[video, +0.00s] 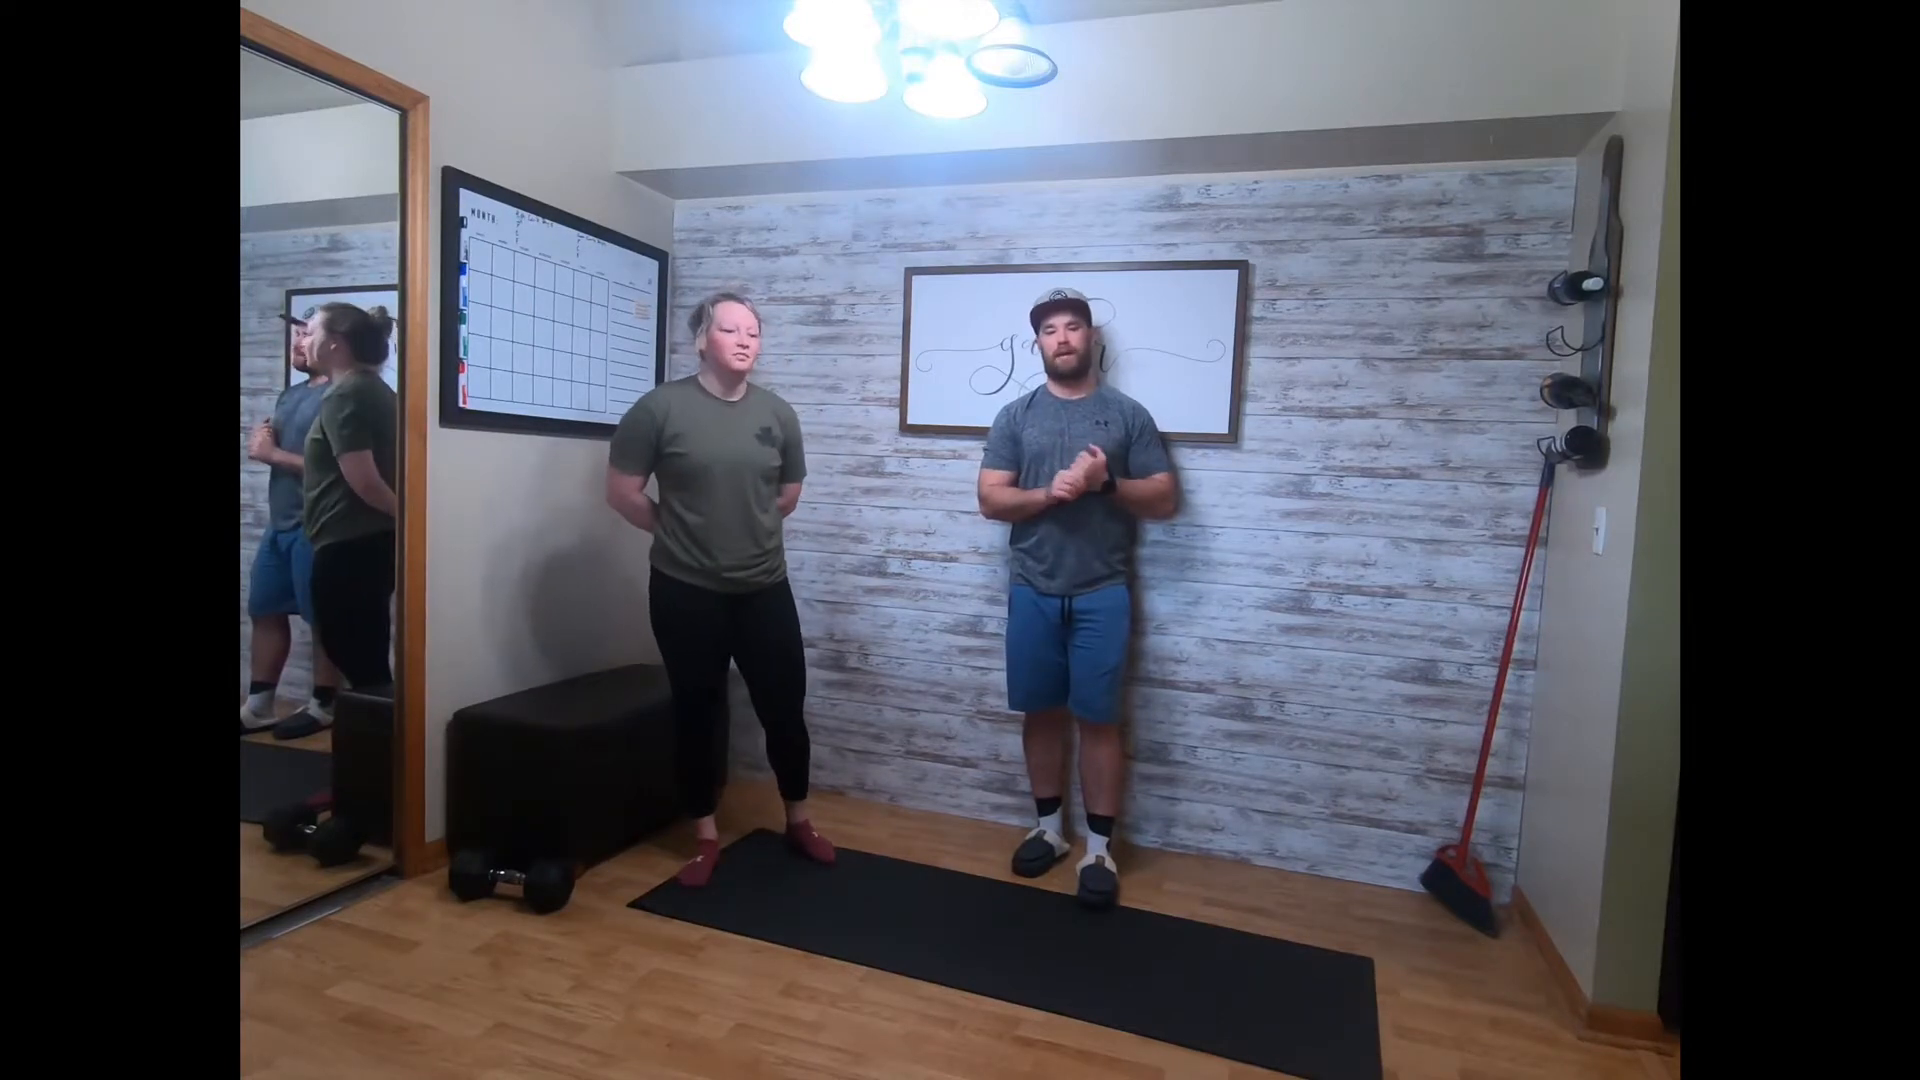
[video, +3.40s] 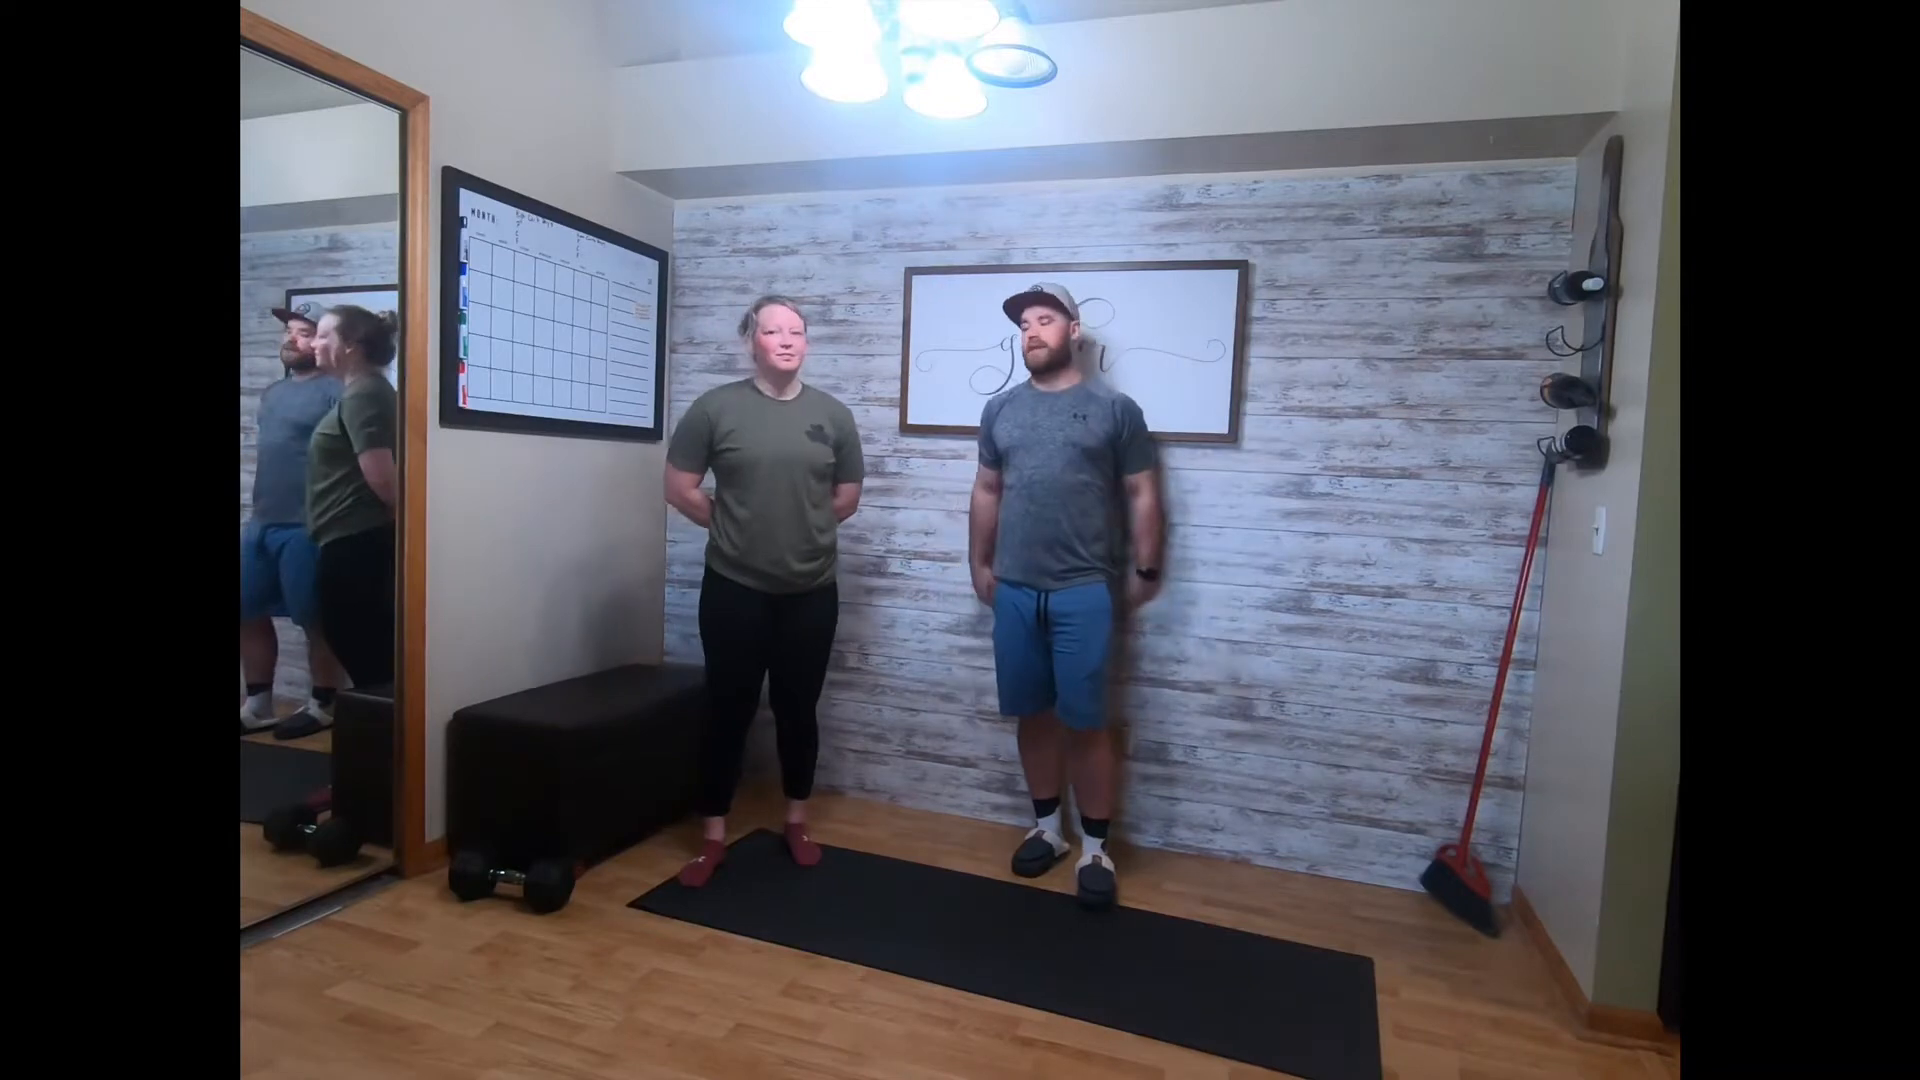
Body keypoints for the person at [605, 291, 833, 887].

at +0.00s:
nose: (744, 340)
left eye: (752, 333)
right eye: (731, 330)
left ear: (760, 346)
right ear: (702, 340)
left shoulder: (777, 414)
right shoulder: (661, 408)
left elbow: (787, 496)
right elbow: (622, 494)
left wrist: (738, 526)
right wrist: (679, 529)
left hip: (763, 588)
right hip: (685, 588)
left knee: (786, 709)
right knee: (698, 713)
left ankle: (800, 823)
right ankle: (707, 839)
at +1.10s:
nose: (801, 359)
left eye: (811, 349)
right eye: (790, 349)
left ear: (827, 353)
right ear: (773, 354)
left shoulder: (856, 420)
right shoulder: (740, 413)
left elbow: (872, 499)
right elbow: (710, 489)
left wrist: (818, 525)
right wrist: (762, 526)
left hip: (829, 591)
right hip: (756, 587)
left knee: (810, 710)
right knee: (737, 709)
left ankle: (797, 824)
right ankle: (711, 834)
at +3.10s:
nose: (790, 341)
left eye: (795, 332)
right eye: (776, 331)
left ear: (801, 343)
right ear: (744, 339)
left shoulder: (817, 416)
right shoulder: (704, 405)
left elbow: (826, 494)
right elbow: (663, 488)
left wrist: (782, 526)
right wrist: (719, 525)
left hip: (796, 590)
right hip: (722, 586)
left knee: (790, 709)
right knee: (720, 712)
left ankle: (796, 822)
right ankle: (714, 835)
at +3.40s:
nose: (785, 341)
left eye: (794, 333)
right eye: (773, 332)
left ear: (808, 344)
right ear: (751, 343)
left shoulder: (834, 416)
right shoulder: (716, 408)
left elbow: (847, 498)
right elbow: (680, 488)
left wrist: (796, 526)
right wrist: (735, 526)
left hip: (809, 589)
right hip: (734, 585)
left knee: (798, 710)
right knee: (726, 711)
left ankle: (798, 823)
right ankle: (714, 837)